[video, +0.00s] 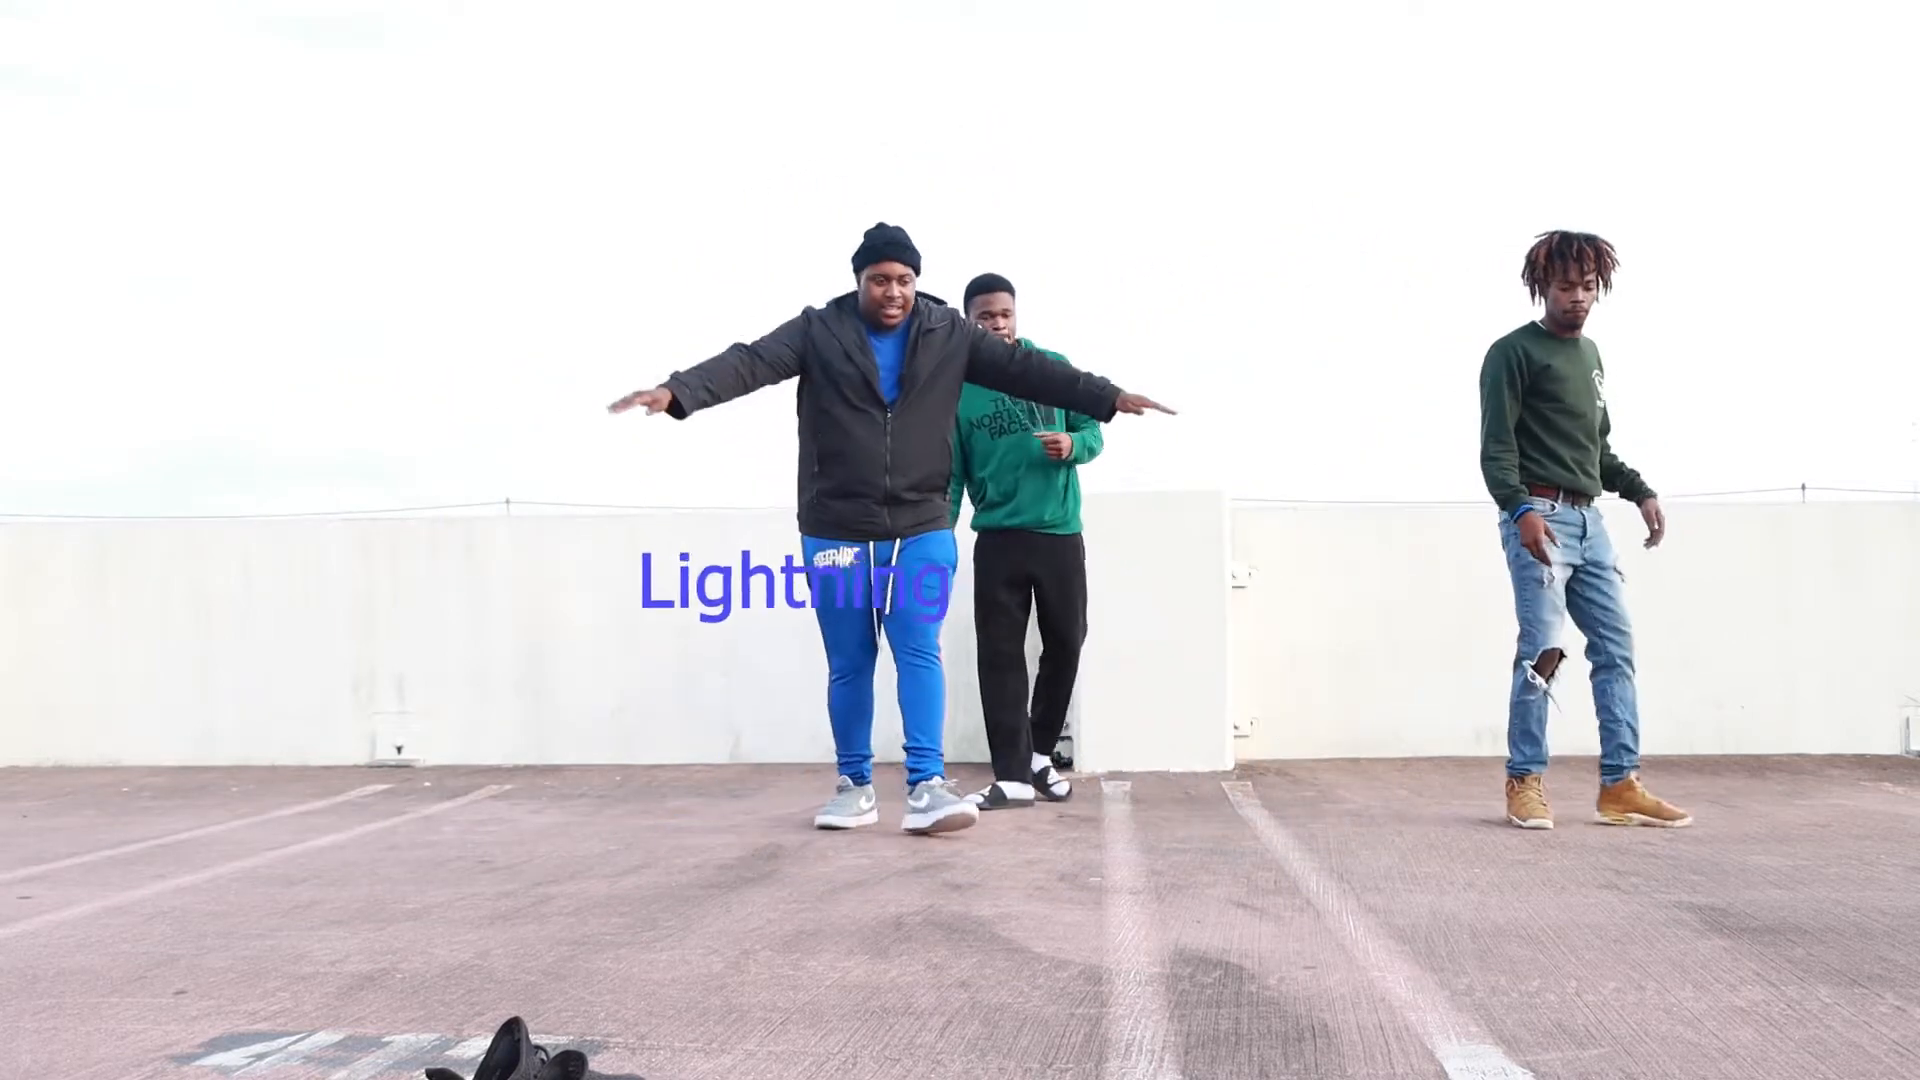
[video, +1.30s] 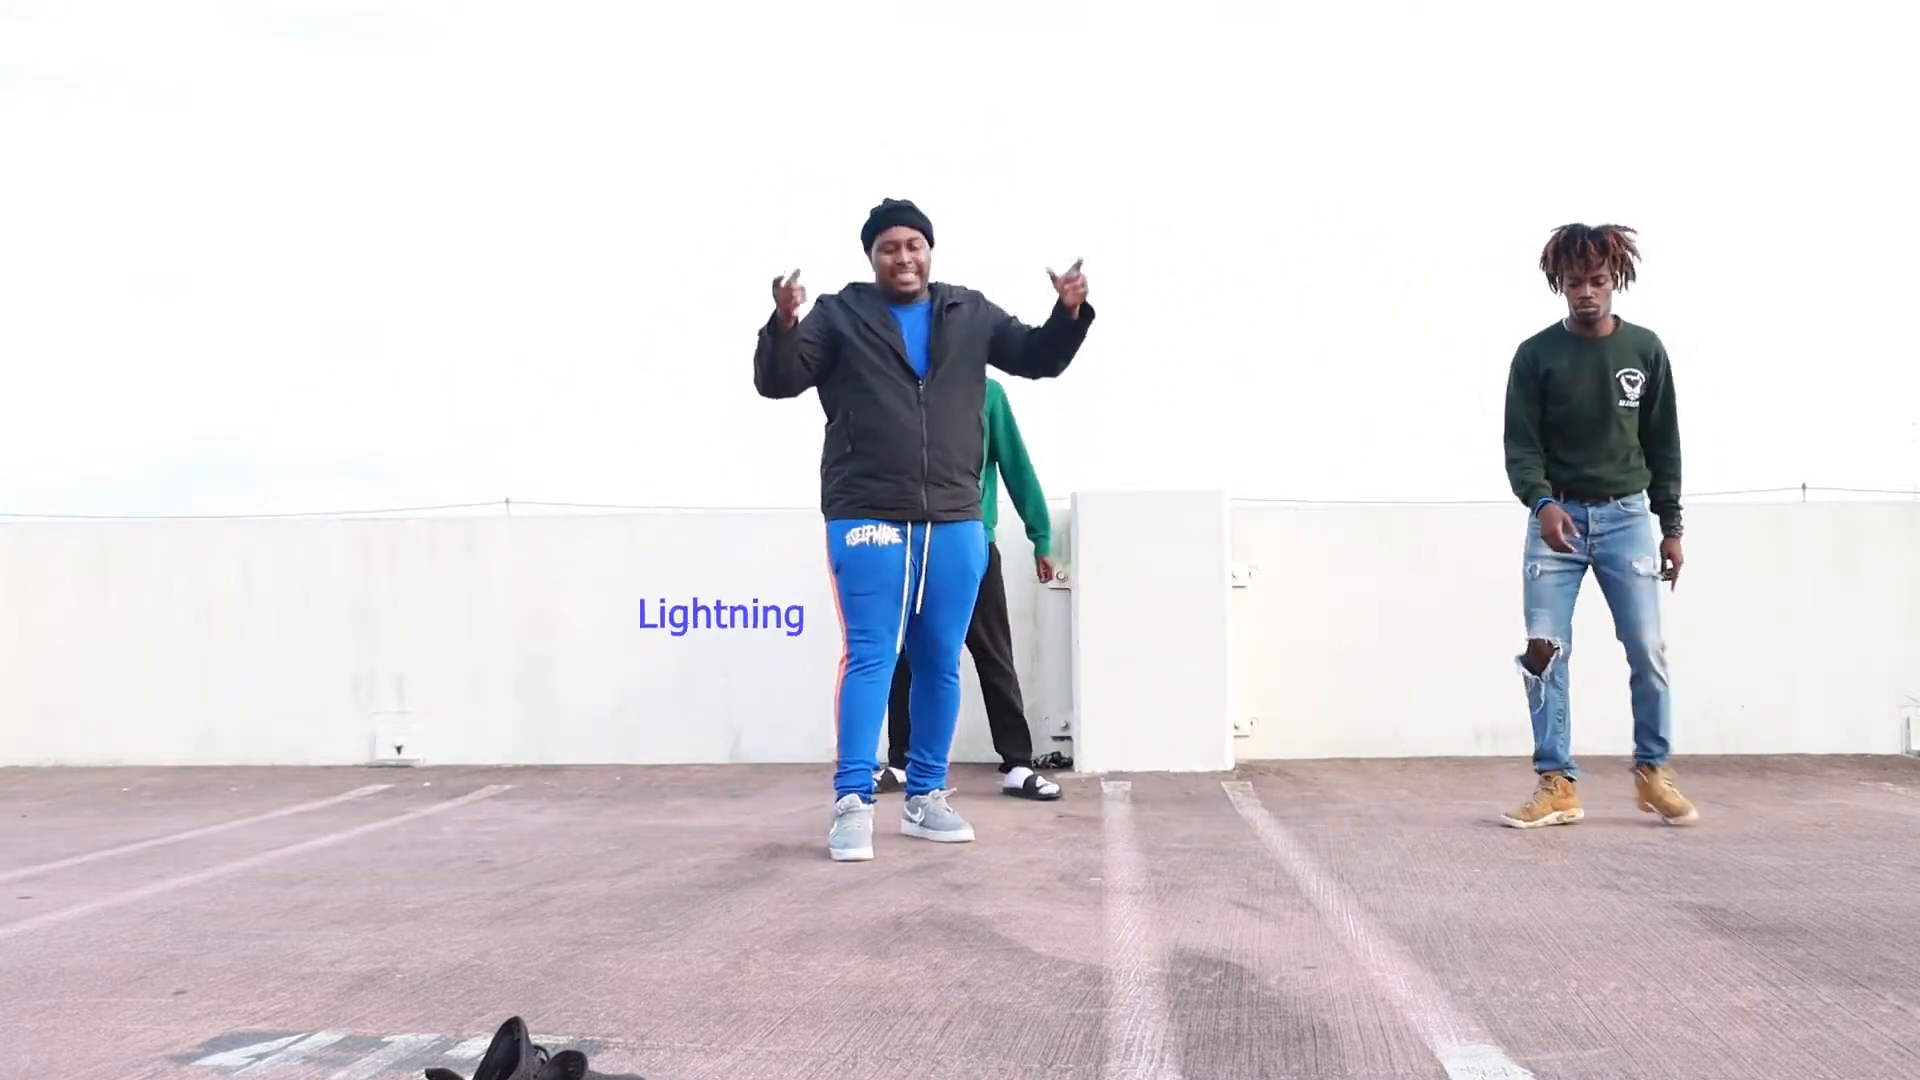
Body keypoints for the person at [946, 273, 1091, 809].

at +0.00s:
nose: (997, 324)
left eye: (1004, 314)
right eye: (986, 316)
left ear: (1017, 316)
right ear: (967, 322)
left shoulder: (1052, 368)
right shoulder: (960, 387)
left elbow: (1094, 434)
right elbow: (948, 478)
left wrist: (1073, 445)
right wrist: (934, 548)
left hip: (1058, 535)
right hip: (998, 537)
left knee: (1065, 646)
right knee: (1000, 655)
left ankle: (1040, 751)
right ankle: (1011, 779)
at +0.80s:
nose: (1037, 343)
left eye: (1044, 334)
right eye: (1028, 334)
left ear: (1054, 340)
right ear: (1011, 338)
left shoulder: (1062, 403)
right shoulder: (981, 380)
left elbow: (1069, 472)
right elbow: (950, 438)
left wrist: (1076, 499)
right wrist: (948, 502)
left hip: (1030, 537)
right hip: (975, 531)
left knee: (1026, 653)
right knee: (971, 652)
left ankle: (1021, 767)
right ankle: (976, 766)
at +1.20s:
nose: (966, 345)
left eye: (974, 337)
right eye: (959, 336)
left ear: (983, 342)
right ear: (940, 338)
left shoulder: (1009, 396)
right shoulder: (916, 387)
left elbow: (1036, 474)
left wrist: (1052, 547)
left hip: (988, 539)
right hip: (920, 536)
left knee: (1004, 659)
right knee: (907, 658)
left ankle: (1018, 766)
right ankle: (903, 765)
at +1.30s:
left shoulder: (984, 390)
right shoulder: (885, 387)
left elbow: (1018, 468)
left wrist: (1041, 540)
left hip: (971, 537)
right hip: (898, 536)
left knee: (993, 657)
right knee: (898, 658)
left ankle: (1018, 766)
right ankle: (901, 763)